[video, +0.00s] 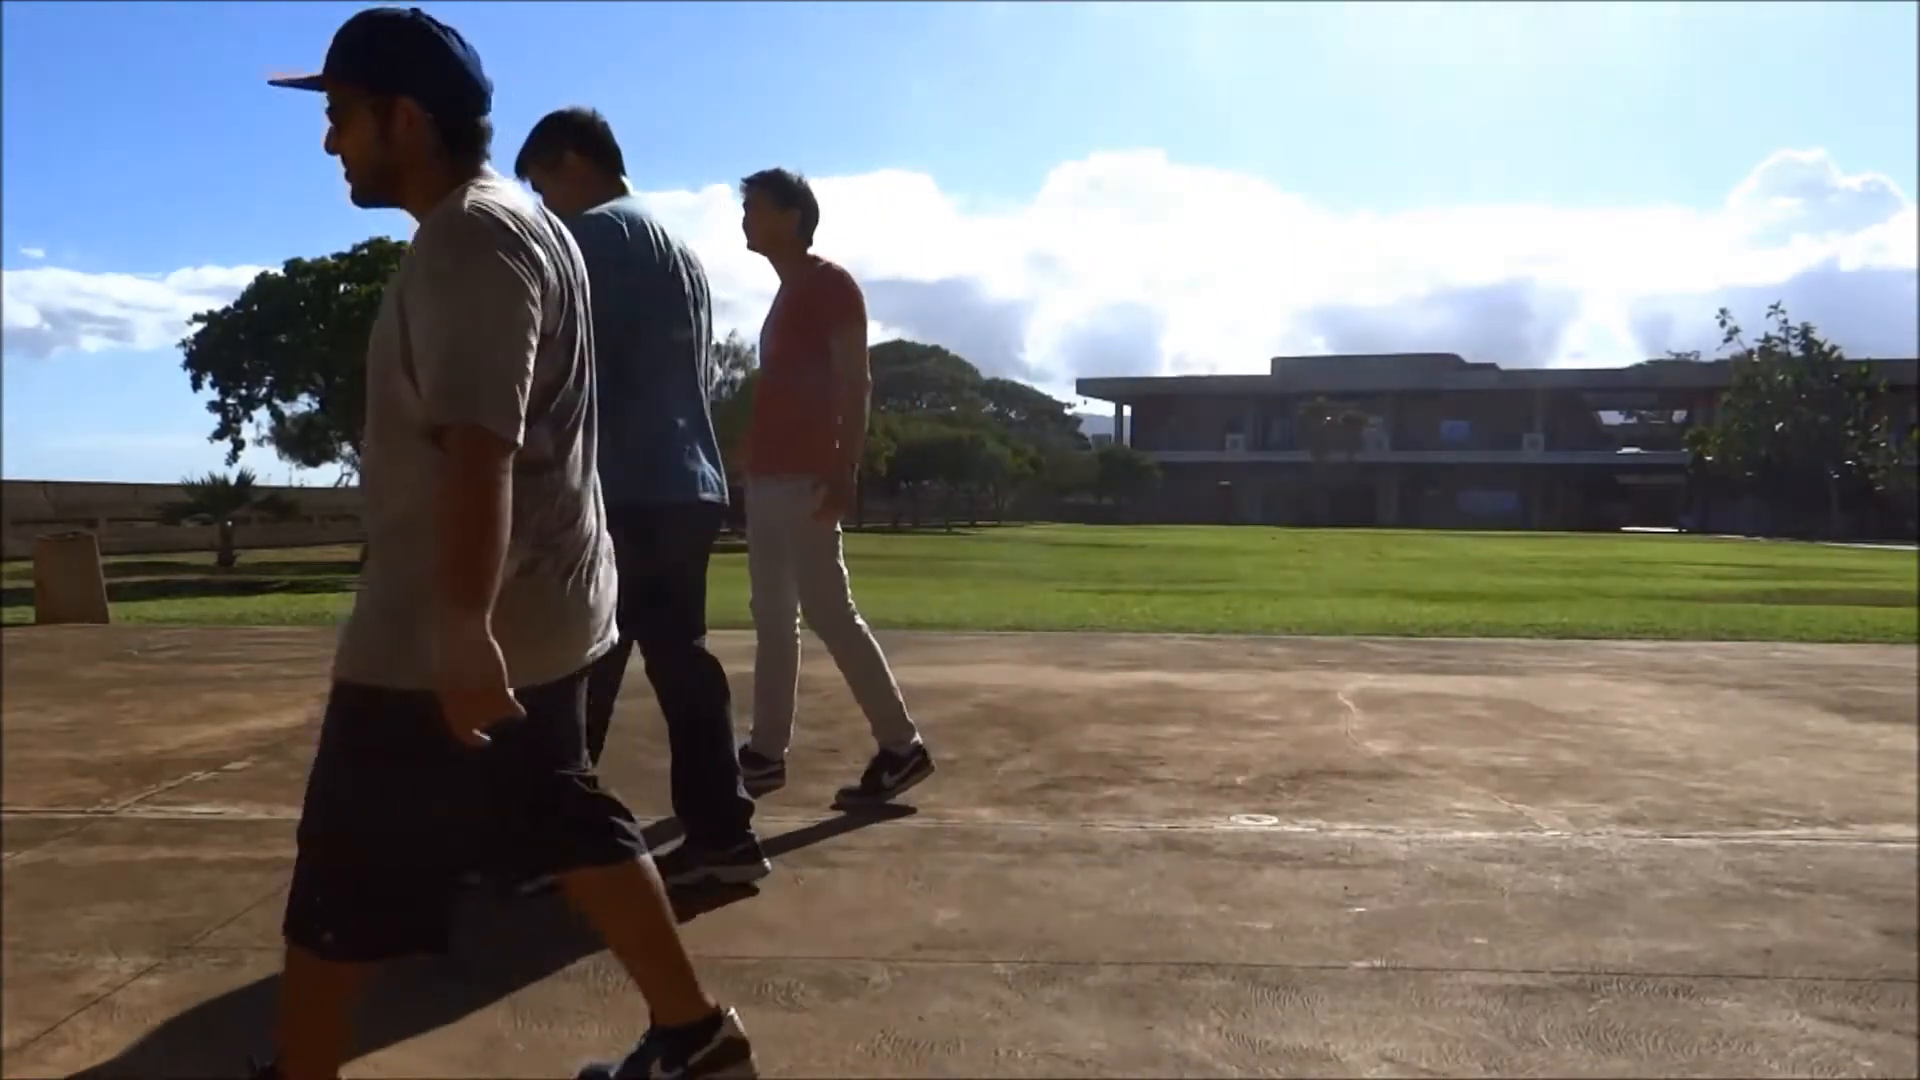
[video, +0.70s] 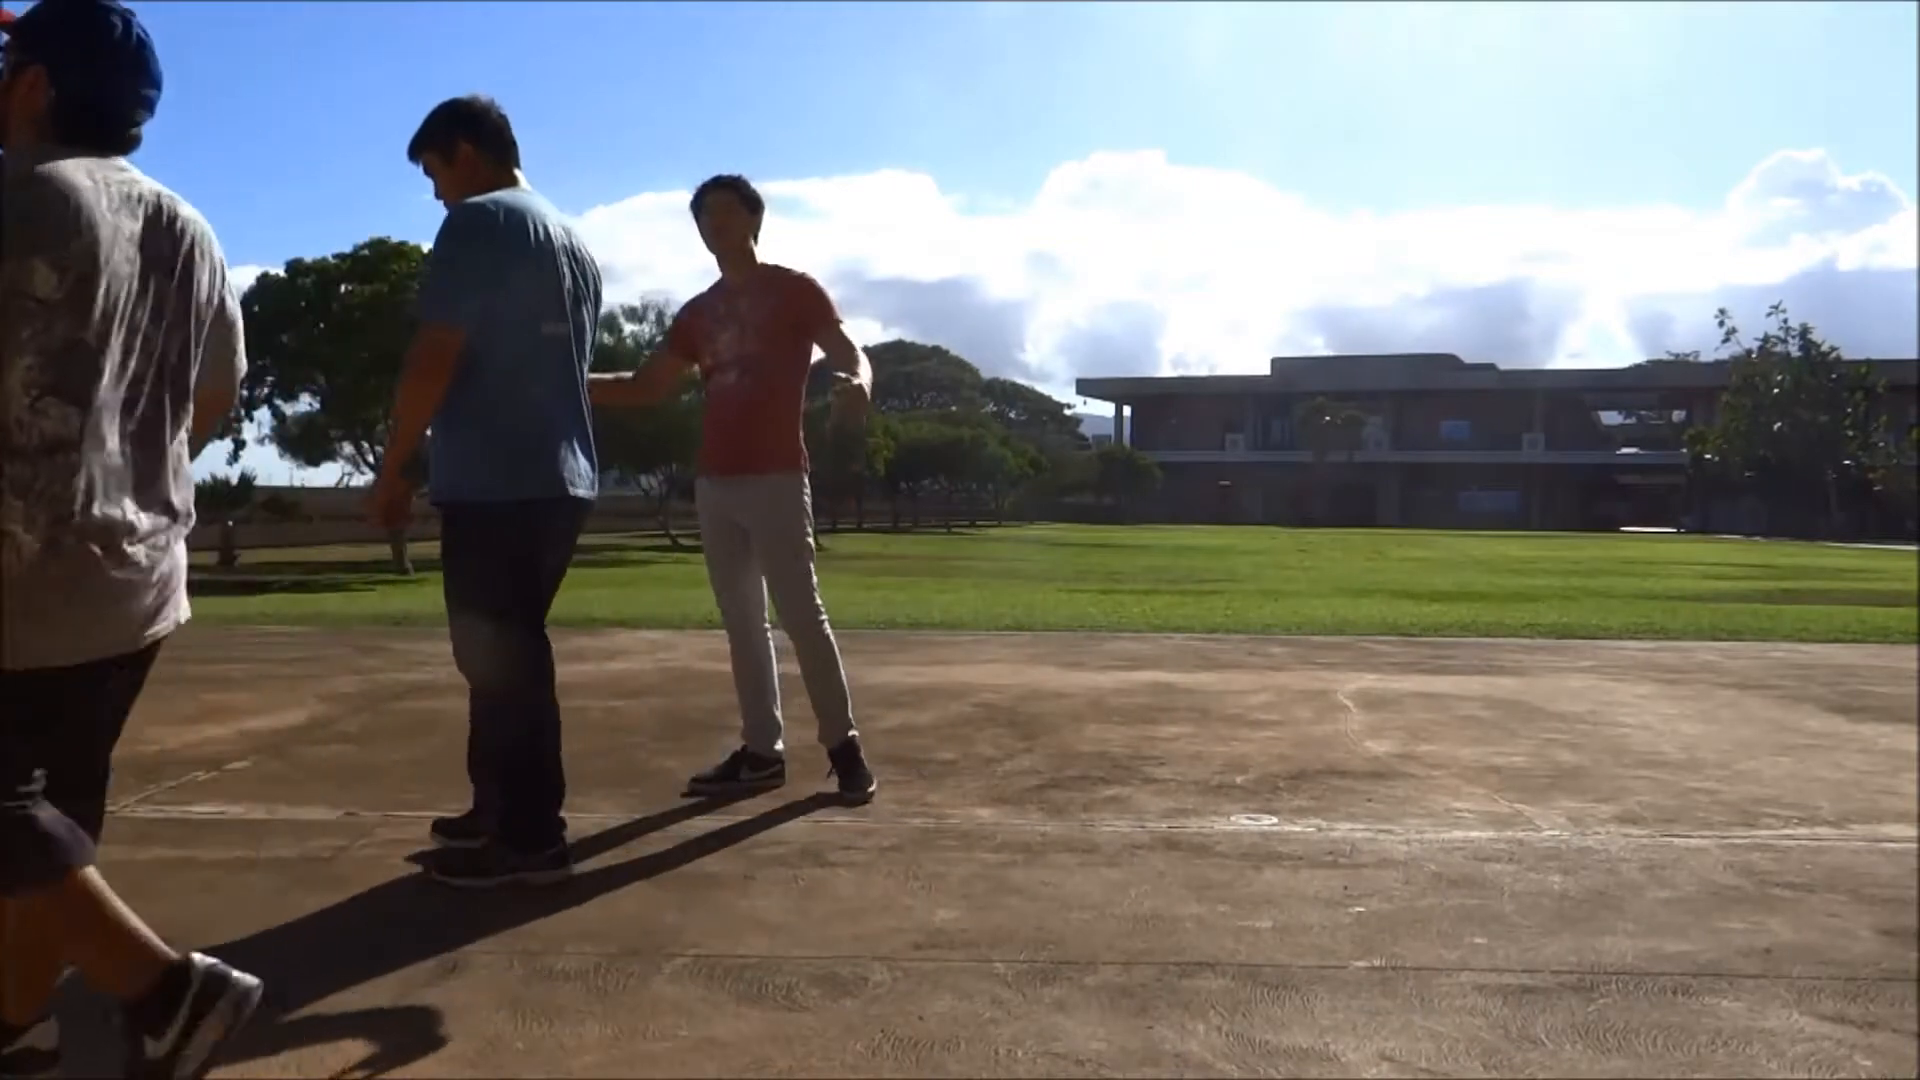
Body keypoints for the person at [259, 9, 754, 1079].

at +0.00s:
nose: (329, 142)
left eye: (341, 116)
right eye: (329, 118)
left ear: (407, 116)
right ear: (433, 119)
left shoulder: (467, 241)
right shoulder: (534, 230)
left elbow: (479, 445)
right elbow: (543, 437)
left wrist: (465, 625)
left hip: (423, 647)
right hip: (536, 622)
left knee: (336, 895)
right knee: (563, 811)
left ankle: (299, 1064)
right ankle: (690, 1025)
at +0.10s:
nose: (271, 90)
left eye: (286, 70)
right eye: (276, 70)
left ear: (344, 93)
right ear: (386, 100)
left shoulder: (371, 210)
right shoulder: (459, 206)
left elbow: (371, 427)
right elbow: (469, 414)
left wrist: (333, 615)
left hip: (354, 623)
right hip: (449, 608)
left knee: (285, 902)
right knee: (410, 816)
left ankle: (296, 1069)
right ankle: (601, 969)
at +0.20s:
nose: (227, 59)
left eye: (239, 39)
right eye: (235, 37)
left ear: (287, 64)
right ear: (348, 72)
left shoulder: (289, 153)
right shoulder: (415, 182)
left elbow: (272, 363)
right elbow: (441, 369)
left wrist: (199, 537)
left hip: (311, 562)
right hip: (404, 556)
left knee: (256, 815)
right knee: (311, 773)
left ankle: (296, 1062)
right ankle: (453, 946)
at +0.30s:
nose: (189, 27)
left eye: (204, 16)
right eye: (201, 13)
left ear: (233, 48)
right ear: (320, 66)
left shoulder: (227, 171)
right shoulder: (374, 195)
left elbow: (154, 362)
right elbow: (401, 361)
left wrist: (35, 495)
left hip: (255, 562)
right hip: (344, 554)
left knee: (261, 816)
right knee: (254, 785)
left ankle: (300, 1065)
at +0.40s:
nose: (137, 55)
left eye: (154, 37)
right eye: (151, 34)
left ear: (188, 65)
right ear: (264, 83)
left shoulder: (143, 199)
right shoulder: (315, 214)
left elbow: (21, 391)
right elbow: (341, 391)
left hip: (193, 587)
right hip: (298, 571)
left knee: (260, 840)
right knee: (138, 801)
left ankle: (294, 1064)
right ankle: (101, 1017)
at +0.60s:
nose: (38, 89)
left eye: (53, 70)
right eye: (49, 70)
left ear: (86, 91)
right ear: (175, 115)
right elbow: (246, 398)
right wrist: (149, 476)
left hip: (44, 575)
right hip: (177, 574)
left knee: (103, 814)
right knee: (40, 813)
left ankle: (258, 1049)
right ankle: (13, 1025)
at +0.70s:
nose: (4, 90)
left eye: (13, 70)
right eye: (13, 69)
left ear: (37, 83)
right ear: (128, 103)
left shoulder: (24, 197)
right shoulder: (185, 227)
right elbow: (216, 395)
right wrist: (114, 438)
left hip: (29, 572)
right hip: (140, 571)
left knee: (4, 794)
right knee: (63, 803)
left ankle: (163, 986)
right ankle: (22, 1021)